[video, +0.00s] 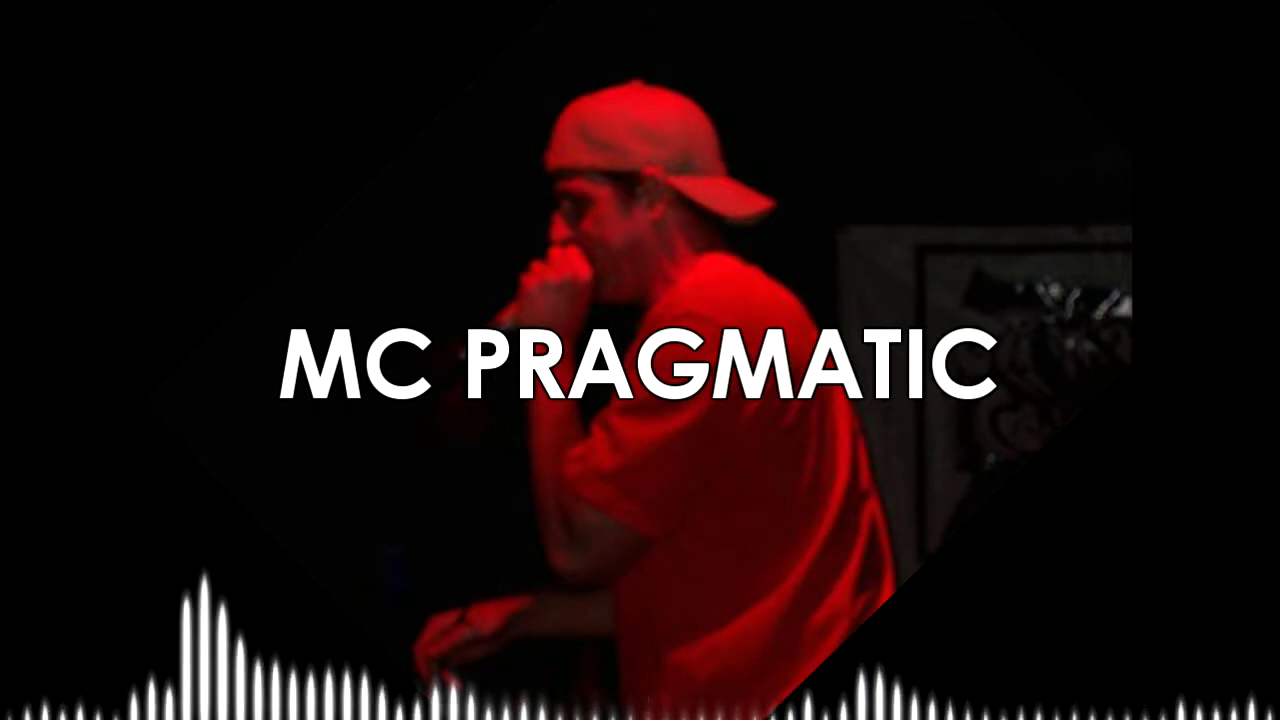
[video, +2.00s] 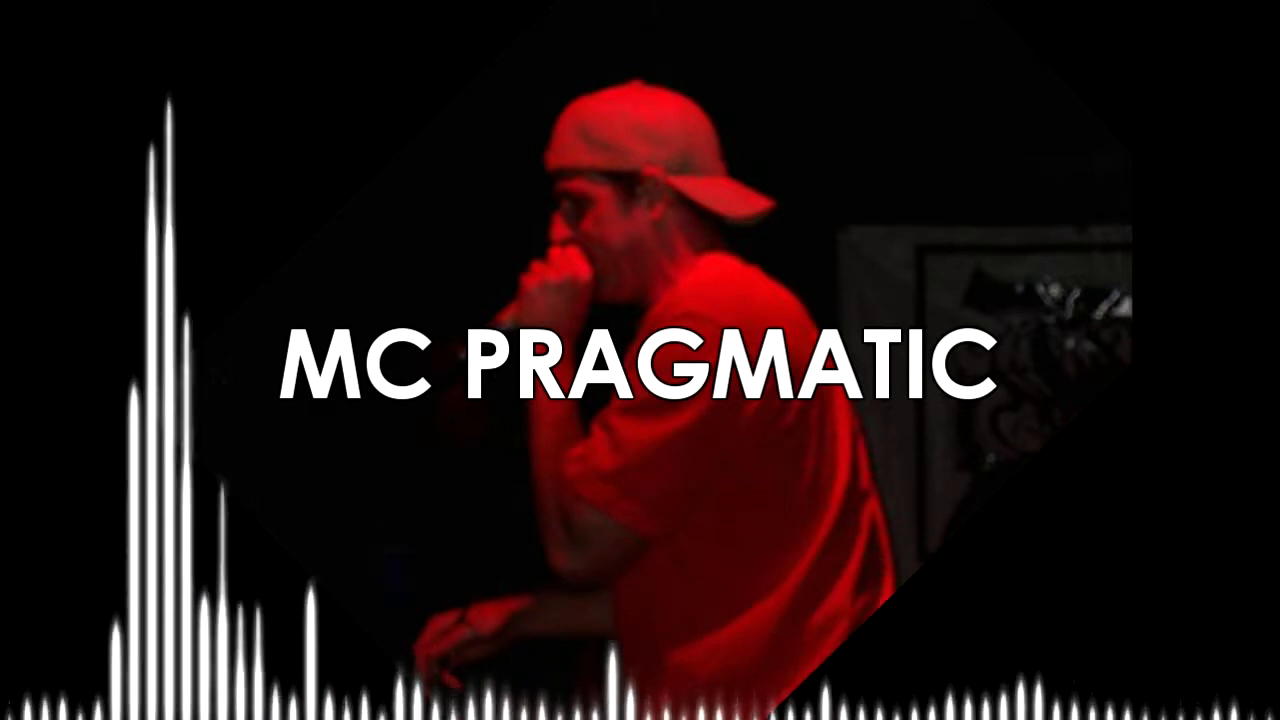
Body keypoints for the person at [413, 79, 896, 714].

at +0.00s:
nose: (559, 233)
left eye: (576, 206)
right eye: (559, 209)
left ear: (652, 199)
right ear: (649, 200)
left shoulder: (706, 314)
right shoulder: (746, 303)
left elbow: (577, 544)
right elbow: (700, 580)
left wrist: (546, 348)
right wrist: (520, 619)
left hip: (736, 704)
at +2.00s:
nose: (560, 233)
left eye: (577, 207)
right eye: (560, 209)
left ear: (653, 198)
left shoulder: (706, 314)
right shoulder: (744, 303)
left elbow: (577, 544)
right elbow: (696, 579)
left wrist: (545, 347)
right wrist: (518, 620)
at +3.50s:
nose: (560, 234)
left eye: (577, 206)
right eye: (559, 209)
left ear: (652, 198)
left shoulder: (707, 313)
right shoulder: (744, 303)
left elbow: (577, 544)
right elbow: (697, 581)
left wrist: (545, 347)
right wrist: (518, 620)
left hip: (738, 705)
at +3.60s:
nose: (560, 234)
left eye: (577, 207)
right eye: (560, 209)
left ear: (652, 198)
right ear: (649, 200)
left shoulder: (706, 314)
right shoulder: (744, 303)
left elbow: (577, 544)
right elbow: (698, 580)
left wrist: (545, 347)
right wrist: (517, 620)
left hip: (742, 703)